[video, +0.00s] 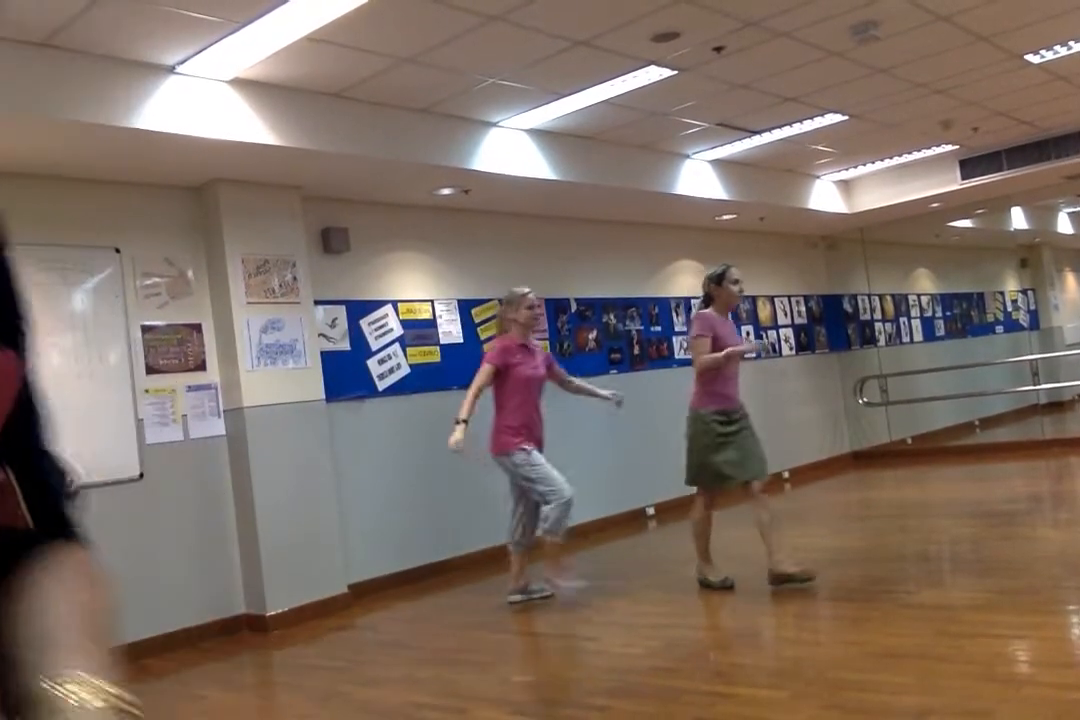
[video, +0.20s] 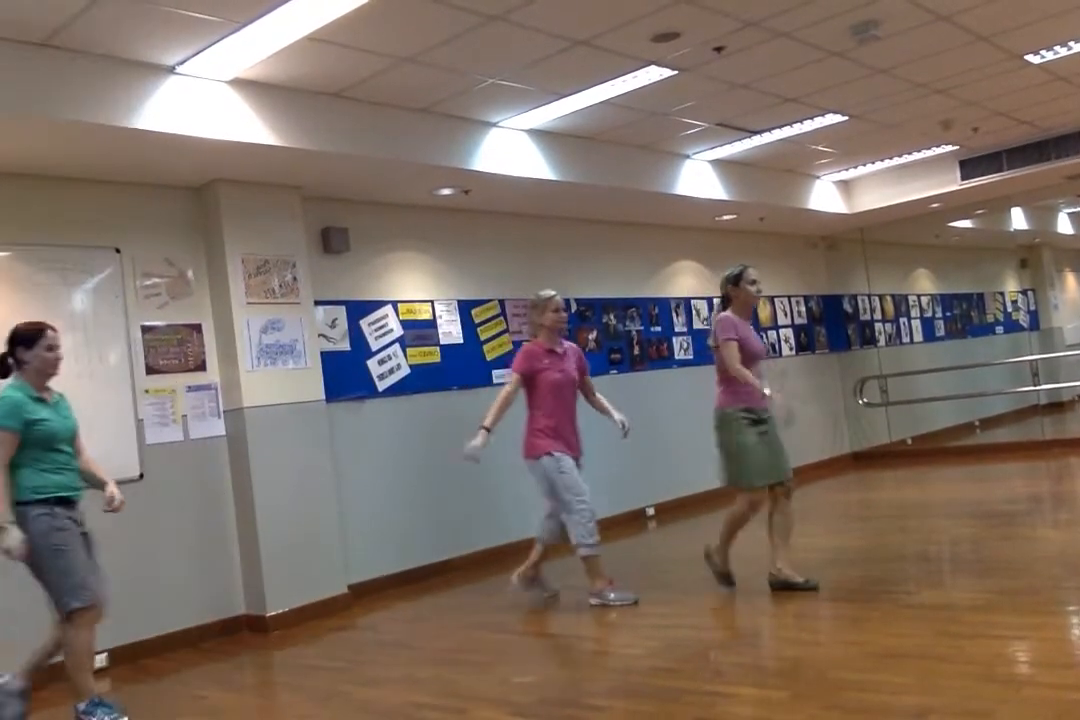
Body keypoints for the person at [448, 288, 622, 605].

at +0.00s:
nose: (536, 312)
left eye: (537, 307)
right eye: (529, 308)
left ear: (535, 313)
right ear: (511, 314)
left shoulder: (540, 352)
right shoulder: (501, 348)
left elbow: (568, 382)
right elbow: (475, 390)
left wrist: (605, 394)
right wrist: (461, 425)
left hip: (531, 443)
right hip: (510, 444)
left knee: (524, 513)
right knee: (560, 496)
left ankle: (518, 585)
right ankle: (553, 572)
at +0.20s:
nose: (563, 315)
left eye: (564, 310)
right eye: (556, 311)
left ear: (565, 315)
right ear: (539, 317)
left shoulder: (573, 351)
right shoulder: (529, 353)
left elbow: (589, 392)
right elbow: (508, 392)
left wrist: (613, 414)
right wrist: (484, 431)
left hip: (569, 444)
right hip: (543, 445)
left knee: (559, 513)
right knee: (580, 505)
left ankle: (528, 572)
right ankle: (599, 585)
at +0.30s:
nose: (577, 315)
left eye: (578, 310)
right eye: (570, 311)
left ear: (578, 315)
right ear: (553, 316)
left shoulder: (582, 351)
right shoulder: (544, 354)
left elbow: (586, 395)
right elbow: (525, 400)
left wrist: (607, 421)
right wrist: (510, 442)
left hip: (579, 443)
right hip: (554, 445)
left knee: (605, 506)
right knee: (589, 505)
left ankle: (552, 553)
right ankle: (600, 584)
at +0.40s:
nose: (586, 315)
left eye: (587, 310)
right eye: (579, 310)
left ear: (586, 315)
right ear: (562, 316)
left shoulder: (586, 348)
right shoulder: (552, 352)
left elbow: (586, 395)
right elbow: (537, 397)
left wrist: (607, 423)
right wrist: (534, 440)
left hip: (584, 440)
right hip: (557, 442)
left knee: (617, 499)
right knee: (590, 502)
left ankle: (569, 549)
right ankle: (601, 582)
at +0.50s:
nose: (593, 316)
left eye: (593, 311)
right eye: (586, 311)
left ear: (591, 316)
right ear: (568, 316)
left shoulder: (590, 350)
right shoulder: (558, 353)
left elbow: (591, 396)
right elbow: (550, 402)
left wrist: (612, 424)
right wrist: (561, 436)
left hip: (591, 441)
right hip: (566, 443)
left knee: (620, 498)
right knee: (594, 500)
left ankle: (588, 556)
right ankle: (602, 580)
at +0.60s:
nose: (595, 317)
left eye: (596, 312)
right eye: (588, 313)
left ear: (594, 317)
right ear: (571, 317)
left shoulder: (594, 345)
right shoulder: (563, 354)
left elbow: (595, 393)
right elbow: (554, 405)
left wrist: (619, 417)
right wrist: (568, 438)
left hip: (595, 440)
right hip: (572, 443)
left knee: (613, 501)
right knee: (599, 500)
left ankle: (597, 561)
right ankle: (603, 580)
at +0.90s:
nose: (597, 321)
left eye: (601, 316)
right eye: (591, 316)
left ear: (604, 318)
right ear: (578, 320)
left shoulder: (600, 349)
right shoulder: (568, 354)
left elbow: (595, 389)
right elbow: (558, 402)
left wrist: (619, 415)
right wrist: (589, 423)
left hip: (588, 435)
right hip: (565, 439)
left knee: (600, 497)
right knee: (598, 495)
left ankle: (591, 561)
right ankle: (577, 555)